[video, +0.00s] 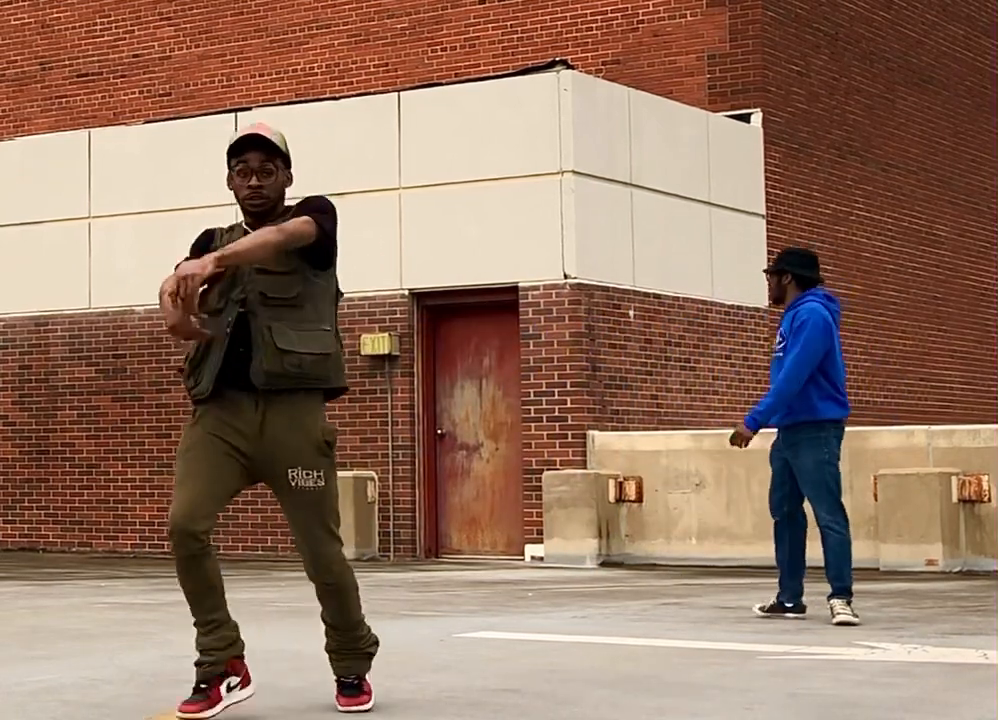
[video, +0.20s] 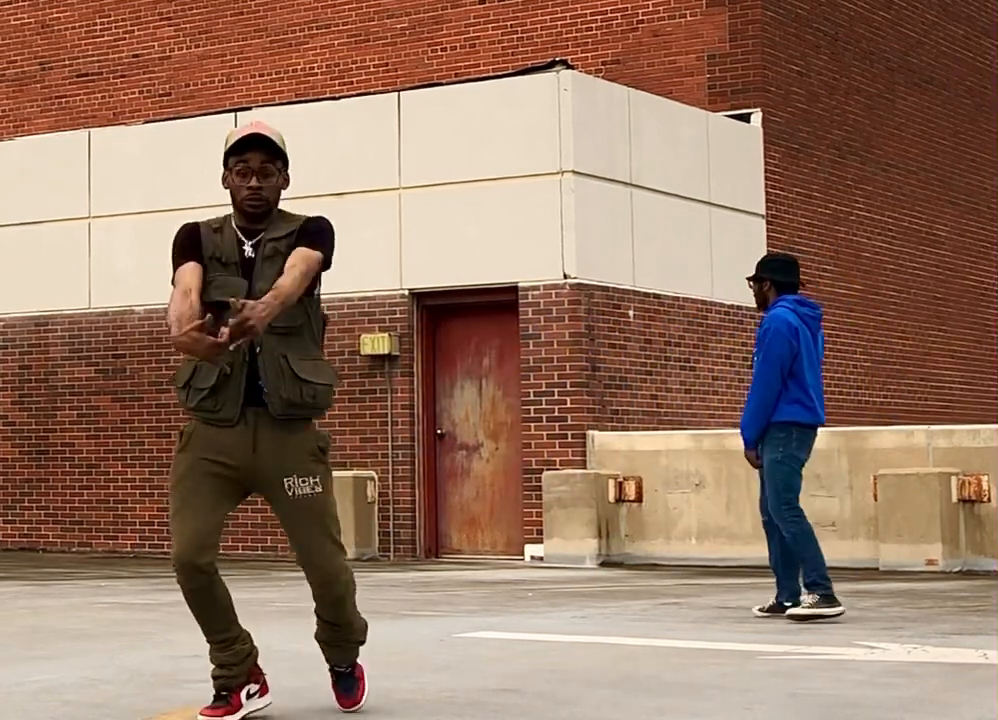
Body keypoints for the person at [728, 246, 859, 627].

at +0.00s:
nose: (769, 284)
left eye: (773, 277)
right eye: (769, 278)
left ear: (790, 278)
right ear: (792, 279)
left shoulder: (814, 316)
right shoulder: (795, 315)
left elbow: (792, 378)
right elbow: (788, 380)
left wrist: (751, 422)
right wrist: (771, 425)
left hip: (817, 430)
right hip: (790, 432)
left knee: (828, 514)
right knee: (785, 512)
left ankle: (840, 598)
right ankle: (788, 599)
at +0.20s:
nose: (753, 290)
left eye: (756, 284)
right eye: (754, 284)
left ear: (769, 285)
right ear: (787, 285)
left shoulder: (779, 322)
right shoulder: (799, 319)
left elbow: (767, 383)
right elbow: (779, 383)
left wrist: (748, 435)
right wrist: (757, 436)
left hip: (787, 424)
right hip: (788, 422)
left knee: (784, 507)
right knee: (771, 510)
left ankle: (822, 594)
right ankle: (788, 596)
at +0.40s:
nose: (747, 287)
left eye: (749, 282)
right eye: (748, 281)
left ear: (758, 284)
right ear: (784, 284)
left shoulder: (760, 319)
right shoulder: (805, 321)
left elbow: (746, 378)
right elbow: (806, 377)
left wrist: (724, 431)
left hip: (772, 426)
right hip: (800, 426)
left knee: (747, 504)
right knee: (786, 509)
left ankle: (777, 590)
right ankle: (790, 594)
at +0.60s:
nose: (729, 303)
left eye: (729, 296)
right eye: (728, 296)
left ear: (737, 294)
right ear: (763, 288)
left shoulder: (739, 326)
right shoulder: (799, 323)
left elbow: (721, 387)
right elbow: (806, 379)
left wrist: (700, 441)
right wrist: (791, 418)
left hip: (754, 433)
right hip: (789, 434)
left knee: (724, 505)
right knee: (782, 514)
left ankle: (724, 593)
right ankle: (789, 597)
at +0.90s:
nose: (688, 299)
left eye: (688, 294)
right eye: (689, 293)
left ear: (694, 296)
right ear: (725, 292)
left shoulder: (693, 336)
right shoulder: (759, 326)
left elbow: (694, 398)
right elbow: (770, 384)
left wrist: (701, 451)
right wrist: (767, 425)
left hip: (720, 437)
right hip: (759, 433)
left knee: (711, 522)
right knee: (765, 514)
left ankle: (711, 593)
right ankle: (785, 588)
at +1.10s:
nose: (664, 306)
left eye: (664, 300)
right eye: (664, 300)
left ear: (670, 301)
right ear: (700, 293)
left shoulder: (673, 336)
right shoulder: (739, 325)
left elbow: (669, 397)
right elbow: (750, 379)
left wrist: (672, 451)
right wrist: (743, 421)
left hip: (697, 435)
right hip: (734, 432)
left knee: (698, 515)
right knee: (736, 506)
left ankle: (709, 594)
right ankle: (765, 563)